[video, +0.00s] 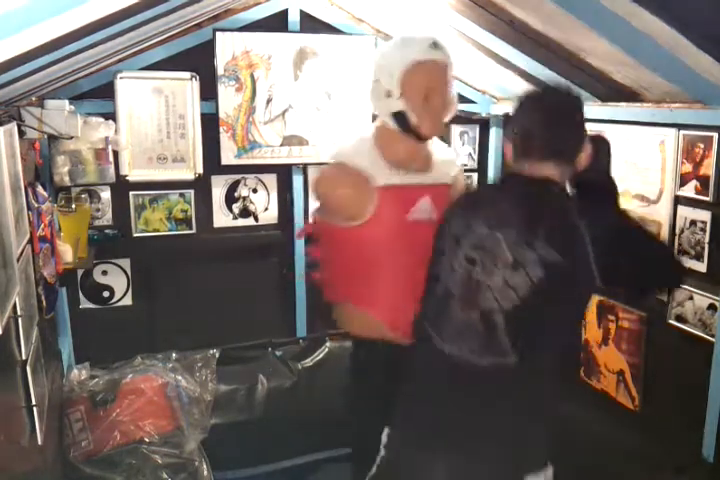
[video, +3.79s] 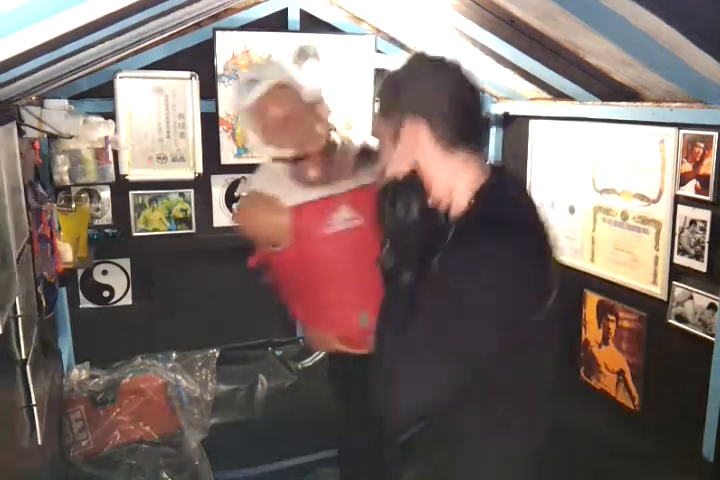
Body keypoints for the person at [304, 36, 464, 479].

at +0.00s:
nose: (447, 104)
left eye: (447, 91)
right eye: (433, 91)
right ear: (395, 95)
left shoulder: (449, 174)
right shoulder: (344, 177)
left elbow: (466, 261)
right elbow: (342, 283)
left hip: (435, 349)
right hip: (370, 351)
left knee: (424, 457)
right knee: (364, 456)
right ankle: (363, 468)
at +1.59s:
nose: (423, 111)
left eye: (427, 99)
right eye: (407, 99)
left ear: (435, 103)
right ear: (368, 103)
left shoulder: (440, 177)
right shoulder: (326, 184)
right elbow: (321, 285)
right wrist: (355, 322)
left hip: (429, 348)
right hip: (364, 358)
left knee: (428, 454)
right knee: (371, 460)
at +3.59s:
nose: (417, 110)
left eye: (423, 99)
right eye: (403, 98)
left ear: (431, 102)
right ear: (364, 102)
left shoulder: (431, 173)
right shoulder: (324, 180)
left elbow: (451, 248)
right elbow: (320, 275)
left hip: (430, 345)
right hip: (366, 354)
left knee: (422, 455)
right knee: (372, 461)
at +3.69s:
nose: (416, 106)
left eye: (418, 92)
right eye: (402, 95)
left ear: (429, 92)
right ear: (364, 102)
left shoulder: (439, 169)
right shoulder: (324, 187)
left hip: (429, 351)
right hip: (363, 364)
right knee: (378, 467)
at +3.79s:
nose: (288, 125)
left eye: (290, 110)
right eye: (275, 121)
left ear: (316, 107)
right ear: (263, 135)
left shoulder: (372, 165)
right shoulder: (262, 204)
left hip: (408, 338)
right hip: (346, 356)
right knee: (365, 461)